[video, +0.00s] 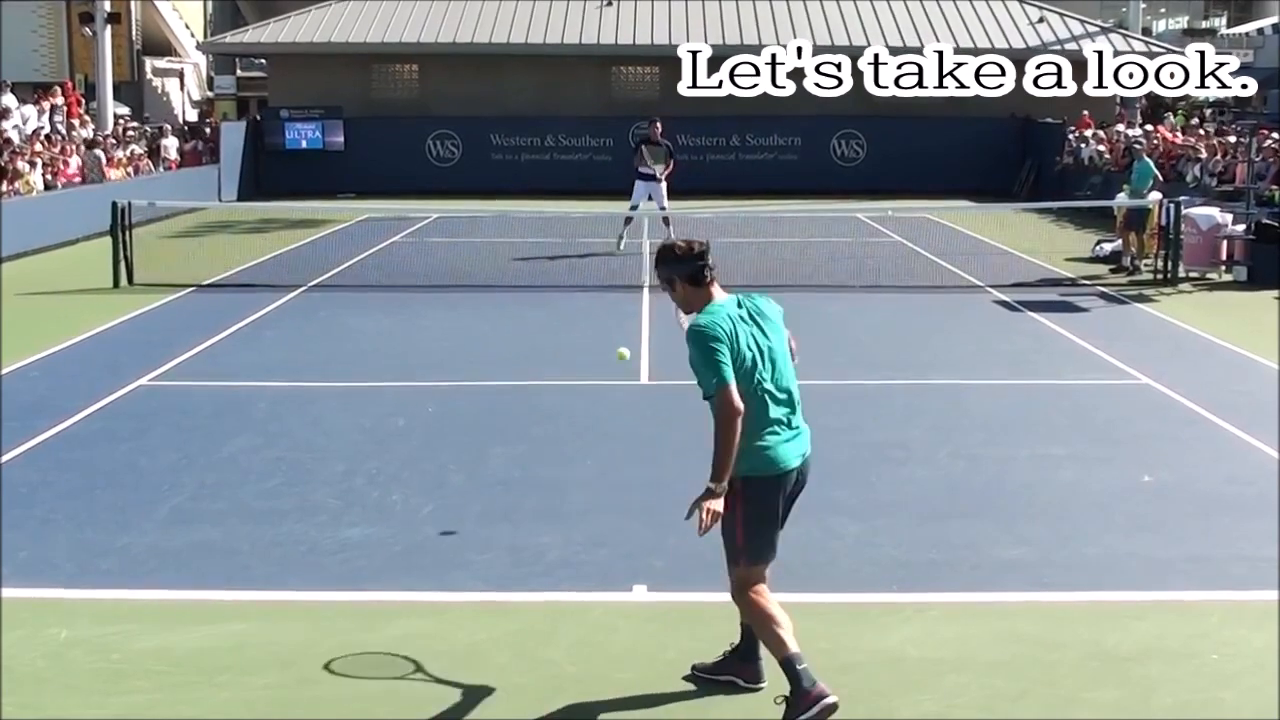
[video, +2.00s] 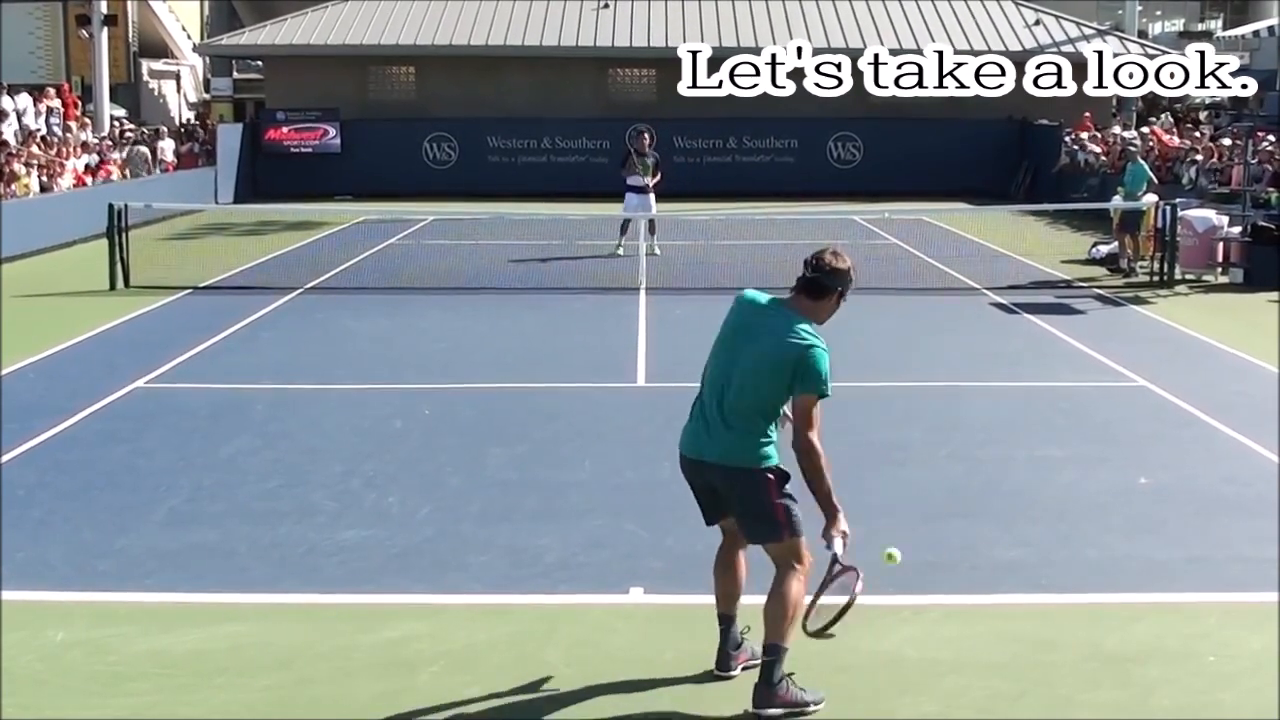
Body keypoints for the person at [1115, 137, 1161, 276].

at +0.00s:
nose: (1134, 152)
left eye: (1137, 149)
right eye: (1133, 149)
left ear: (1143, 149)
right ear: (1132, 150)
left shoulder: (1148, 163)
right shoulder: (1135, 164)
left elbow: (1159, 179)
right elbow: (1136, 181)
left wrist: (1147, 192)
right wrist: (1129, 188)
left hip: (1143, 204)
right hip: (1132, 203)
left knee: (1139, 234)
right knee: (1124, 231)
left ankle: (1138, 264)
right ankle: (1125, 262)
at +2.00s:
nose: (1127, 154)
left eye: (1130, 151)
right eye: (1127, 151)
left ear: (1136, 152)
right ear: (1127, 153)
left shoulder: (1142, 165)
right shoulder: (1129, 165)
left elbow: (1154, 182)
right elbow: (1128, 183)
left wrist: (1142, 195)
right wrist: (1123, 191)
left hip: (1137, 204)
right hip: (1126, 203)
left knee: (1134, 235)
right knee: (1120, 234)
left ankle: (1134, 266)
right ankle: (1124, 264)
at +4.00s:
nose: (1125, 148)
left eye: (1128, 145)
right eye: (1124, 145)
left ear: (1134, 145)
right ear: (1123, 146)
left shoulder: (1139, 159)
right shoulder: (1125, 159)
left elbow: (1151, 176)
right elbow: (1125, 176)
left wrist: (1138, 188)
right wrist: (1121, 186)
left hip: (1134, 199)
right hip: (1123, 197)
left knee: (1130, 229)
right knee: (1115, 227)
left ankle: (1130, 259)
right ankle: (1116, 258)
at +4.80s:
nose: (1133, 133)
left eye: (1136, 130)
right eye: (1133, 130)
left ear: (1143, 130)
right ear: (1133, 132)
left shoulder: (1148, 143)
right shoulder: (1137, 144)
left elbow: (1159, 160)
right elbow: (1138, 161)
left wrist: (1148, 172)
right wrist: (1130, 169)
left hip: (1143, 183)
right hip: (1133, 182)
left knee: (1140, 214)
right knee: (1127, 213)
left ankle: (1140, 245)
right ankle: (1128, 243)